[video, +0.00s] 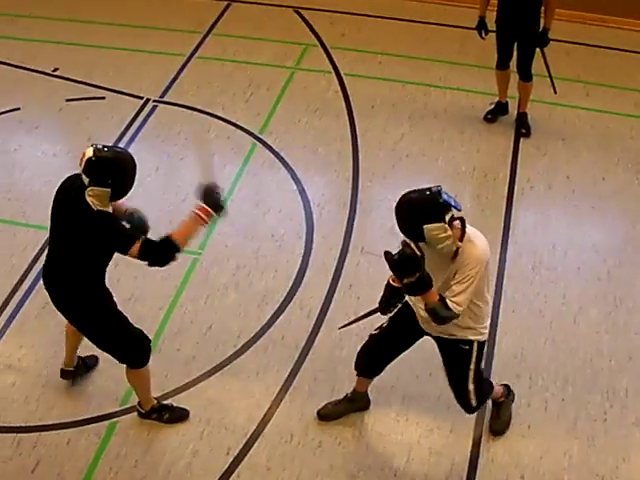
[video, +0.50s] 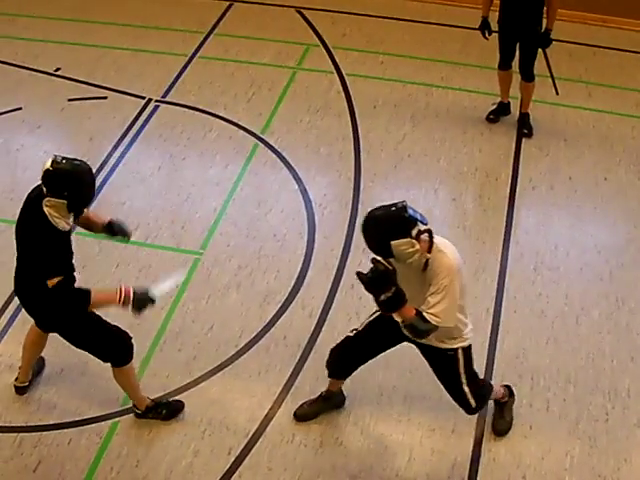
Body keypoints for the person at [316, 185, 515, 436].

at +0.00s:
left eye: (422, 238)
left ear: (440, 229)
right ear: (422, 236)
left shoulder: (474, 251)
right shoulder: (424, 238)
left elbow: (445, 315)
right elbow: (405, 266)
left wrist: (420, 285)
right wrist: (393, 290)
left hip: (461, 329)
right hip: (421, 311)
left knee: (470, 399)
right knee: (370, 355)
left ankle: (502, 395)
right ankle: (358, 396)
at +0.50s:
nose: (385, 259)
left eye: (387, 253)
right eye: (383, 255)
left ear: (407, 243)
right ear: (396, 247)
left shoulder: (444, 261)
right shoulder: (399, 251)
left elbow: (426, 328)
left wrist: (392, 299)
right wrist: (383, 289)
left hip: (445, 337)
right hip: (403, 319)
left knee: (471, 400)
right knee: (340, 357)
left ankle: (503, 395)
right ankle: (333, 394)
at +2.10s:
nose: (443, 216)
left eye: (446, 209)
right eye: (441, 211)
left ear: (462, 200)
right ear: (448, 204)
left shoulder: (500, 229)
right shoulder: (447, 224)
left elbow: (528, 296)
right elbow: (447, 264)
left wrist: (473, 291)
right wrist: (432, 297)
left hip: (502, 320)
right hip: (461, 307)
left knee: (517, 384)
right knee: (420, 350)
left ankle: (530, 407)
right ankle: (402, 387)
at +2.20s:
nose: (437, 221)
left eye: (439, 215)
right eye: (434, 216)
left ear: (456, 206)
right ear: (440, 210)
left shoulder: (494, 231)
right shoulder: (443, 225)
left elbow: (528, 293)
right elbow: (446, 268)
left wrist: (473, 292)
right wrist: (426, 302)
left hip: (503, 319)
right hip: (463, 308)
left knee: (517, 382)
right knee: (419, 347)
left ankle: (530, 409)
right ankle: (402, 387)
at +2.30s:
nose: (438, 222)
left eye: (439, 215)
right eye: (434, 217)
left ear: (458, 205)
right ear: (436, 212)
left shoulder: (494, 230)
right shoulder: (440, 225)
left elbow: (535, 282)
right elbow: (440, 269)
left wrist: (482, 294)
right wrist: (423, 304)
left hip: (504, 316)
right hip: (461, 308)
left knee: (520, 377)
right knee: (417, 347)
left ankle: (535, 407)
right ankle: (404, 386)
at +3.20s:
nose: (503, 182)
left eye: (506, 175)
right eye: (495, 178)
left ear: (517, 160)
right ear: (483, 171)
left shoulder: (545, 172)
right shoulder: (478, 187)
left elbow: (580, 180)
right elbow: (480, 226)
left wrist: (564, 222)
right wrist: (491, 250)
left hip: (540, 253)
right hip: (496, 249)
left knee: (553, 303)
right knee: (458, 289)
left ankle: (553, 330)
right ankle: (438, 329)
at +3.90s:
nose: (449, 134)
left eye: (452, 128)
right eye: (442, 131)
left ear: (462, 112)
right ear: (429, 124)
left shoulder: (488, 124)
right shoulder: (423, 144)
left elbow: (517, 146)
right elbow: (426, 191)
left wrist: (499, 183)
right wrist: (437, 232)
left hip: (481, 214)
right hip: (442, 218)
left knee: (490, 262)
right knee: (430, 270)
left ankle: (468, 270)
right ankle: (431, 314)